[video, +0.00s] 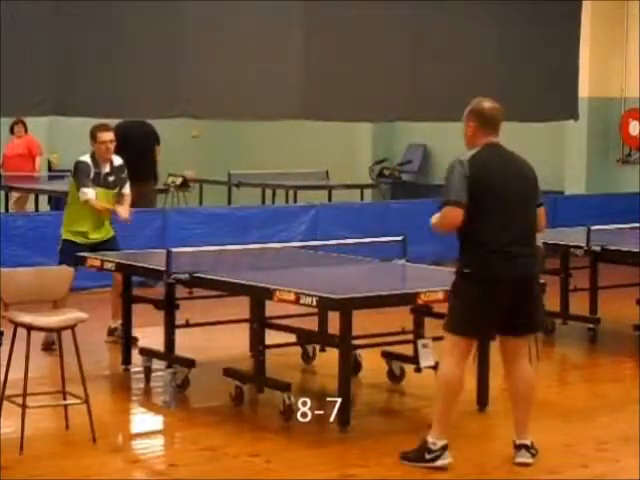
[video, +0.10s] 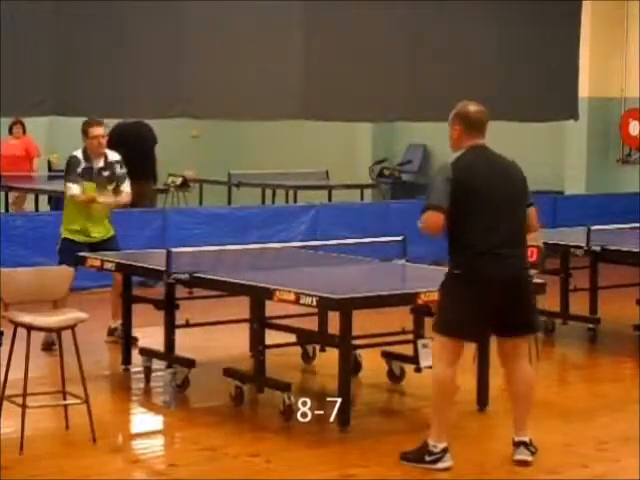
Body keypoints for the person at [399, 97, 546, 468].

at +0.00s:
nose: (462, 131)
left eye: (464, 125)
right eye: (465, 124)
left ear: (470, 125)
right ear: (498, 127)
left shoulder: (465, 165)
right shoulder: (524, 168)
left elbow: (452, 218)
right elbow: (539, 221)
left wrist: (436, 221)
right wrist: (503, 222)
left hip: (479, 277)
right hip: (522, 278)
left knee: (454, 354)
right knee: (518, 356)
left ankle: (436, 442)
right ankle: (523, 442)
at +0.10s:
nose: (449, 135)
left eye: (450, 129)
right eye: (451, 128)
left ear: (457, 130)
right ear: (485, 130)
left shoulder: (452, 168)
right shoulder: (512, 169)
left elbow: (432, 223)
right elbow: (530, 223)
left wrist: (451, 221)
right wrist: (496, 226)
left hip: (467, 280)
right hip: (513, 280)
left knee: (444, 359)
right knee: (517, 357)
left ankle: (437, 445)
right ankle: (522, 441)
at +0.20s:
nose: (441, 137)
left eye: (442, 132)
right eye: (443, 131)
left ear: (448, 133)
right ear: (476, 132)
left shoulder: (443, 170)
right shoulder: (504, 169)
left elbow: (424, 225)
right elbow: (527, 222)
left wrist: (416, 224)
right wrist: (495, 229)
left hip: (461, 278)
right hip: (507, 279)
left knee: (439, 357)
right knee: (515, 352)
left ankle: (436, 445)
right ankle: (523, 436)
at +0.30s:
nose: (435, 139)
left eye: (436, 133)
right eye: (437, 132)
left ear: (443, 133)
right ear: (471, 133)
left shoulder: (435, 171)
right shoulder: (500, 169)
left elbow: (416, 229)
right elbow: (525, 222)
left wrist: (426, 216)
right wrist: (495, 234)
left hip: (460, 276)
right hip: (506, 276)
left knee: (438, 357)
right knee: (514, 352)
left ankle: (436, 445)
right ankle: (528, 436)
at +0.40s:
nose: (437, 139)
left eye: (437, 133)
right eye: (439, 133)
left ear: (444, 134)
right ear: (473, 134)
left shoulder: (436, 172)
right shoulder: (501, 170)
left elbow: (416, 229)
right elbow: (528, 223)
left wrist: (426, 216)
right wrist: (501, 240)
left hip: (460, 276)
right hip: (506, 276)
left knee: (438, 357)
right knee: (514, 353)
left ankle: (436, 445)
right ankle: (530, 437)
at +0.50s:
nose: (445, 144)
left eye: (446, 138)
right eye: (446, 138)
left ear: (453, 138)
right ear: (479, 139)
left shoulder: (443, 173)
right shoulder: (508, 174)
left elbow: (422, 233)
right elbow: (536, 226)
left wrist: (426, 225)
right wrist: (515, 249)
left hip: (467, 277)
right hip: (513, 277)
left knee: (438, 359)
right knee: (517, 357)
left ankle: (435, 445)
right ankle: (531, 440)